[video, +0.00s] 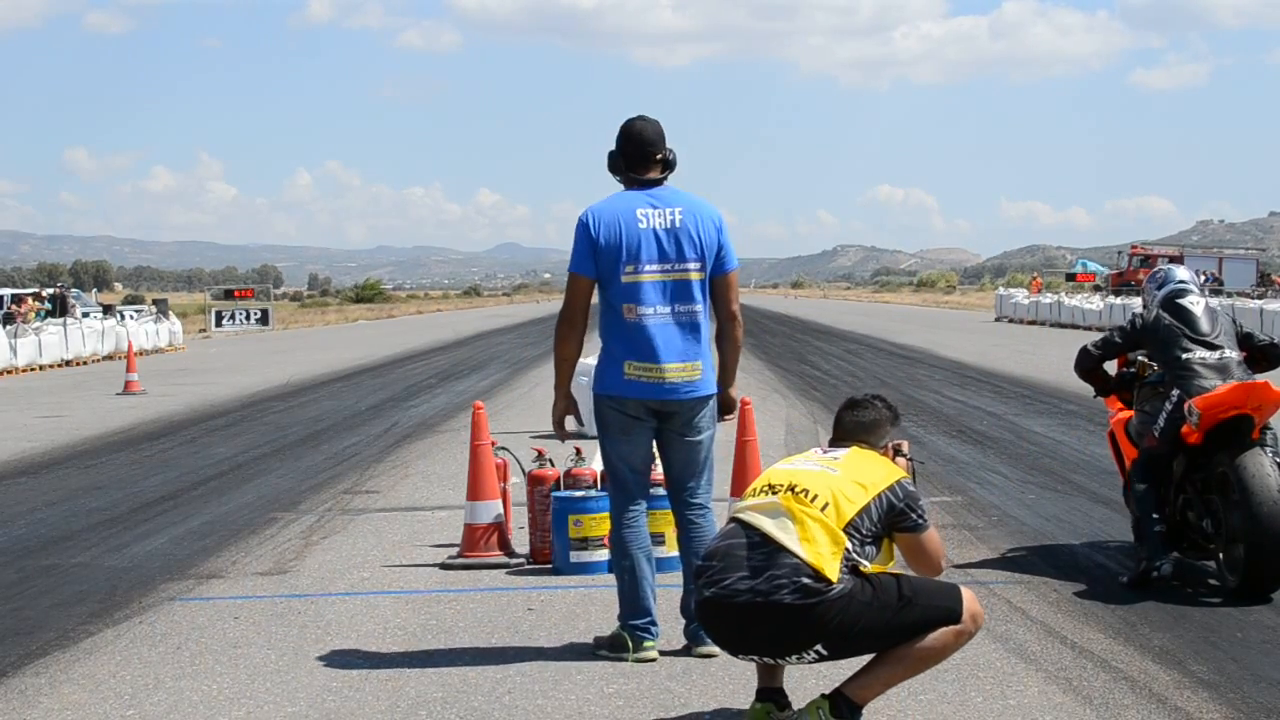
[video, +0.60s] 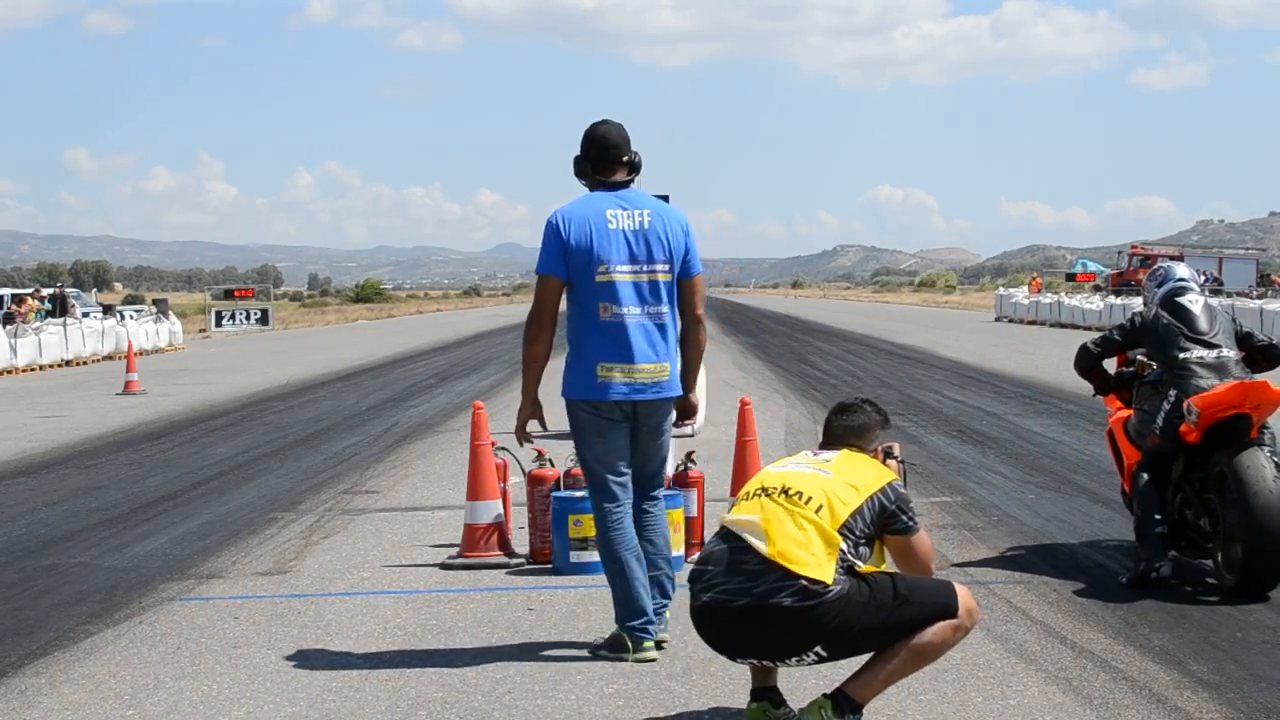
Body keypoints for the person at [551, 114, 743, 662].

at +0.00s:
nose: (617, 165)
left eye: (617, 158)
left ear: (617, 164)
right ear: (668, 162)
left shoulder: (598, 220)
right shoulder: (707, 217)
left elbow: (574, 314)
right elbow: (730, 313)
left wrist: (563, 388)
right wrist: (727, 382)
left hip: (623, 386)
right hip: (692, 384)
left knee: (629, 505)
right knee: (695, 504)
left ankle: (639, 631)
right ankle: (704, 629)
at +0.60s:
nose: (582, 170)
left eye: (581, 164)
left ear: (583, 167)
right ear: (633, 165)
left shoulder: (568, 222)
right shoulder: (674, 222)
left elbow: (543, 317)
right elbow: (694, 317)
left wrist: (530, 393)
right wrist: (689, 387)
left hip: (594, 387)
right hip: (659, 385)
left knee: (613, 503)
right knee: (651, 495)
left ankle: (639, 632)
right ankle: (656, 614)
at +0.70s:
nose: (573, 173)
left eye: (573, 167)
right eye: (581, 166)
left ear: (577, 170)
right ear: (626, 168)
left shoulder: (563, 223)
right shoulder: (668, 223)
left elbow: (540, 317)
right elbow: (687, 319)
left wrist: (525, 396)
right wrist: (679, 389)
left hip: (590, 388)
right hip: (655, 384)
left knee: (613, 505)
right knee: (626, 501)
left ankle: (639, 631)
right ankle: (609, 617)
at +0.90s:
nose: (552, 178)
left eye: (553, 170)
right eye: (552, 170)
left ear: (564, 172)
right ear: (609, 173)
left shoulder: (552, 223)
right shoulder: (650, 224)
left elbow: (532, 321)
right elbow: (672, 319)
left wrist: (519, 398)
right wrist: (665, 390)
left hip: (578, 388)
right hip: (638, 387)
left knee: (603, 504)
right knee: (586, 496)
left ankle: (638, 629)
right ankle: (551, 615)